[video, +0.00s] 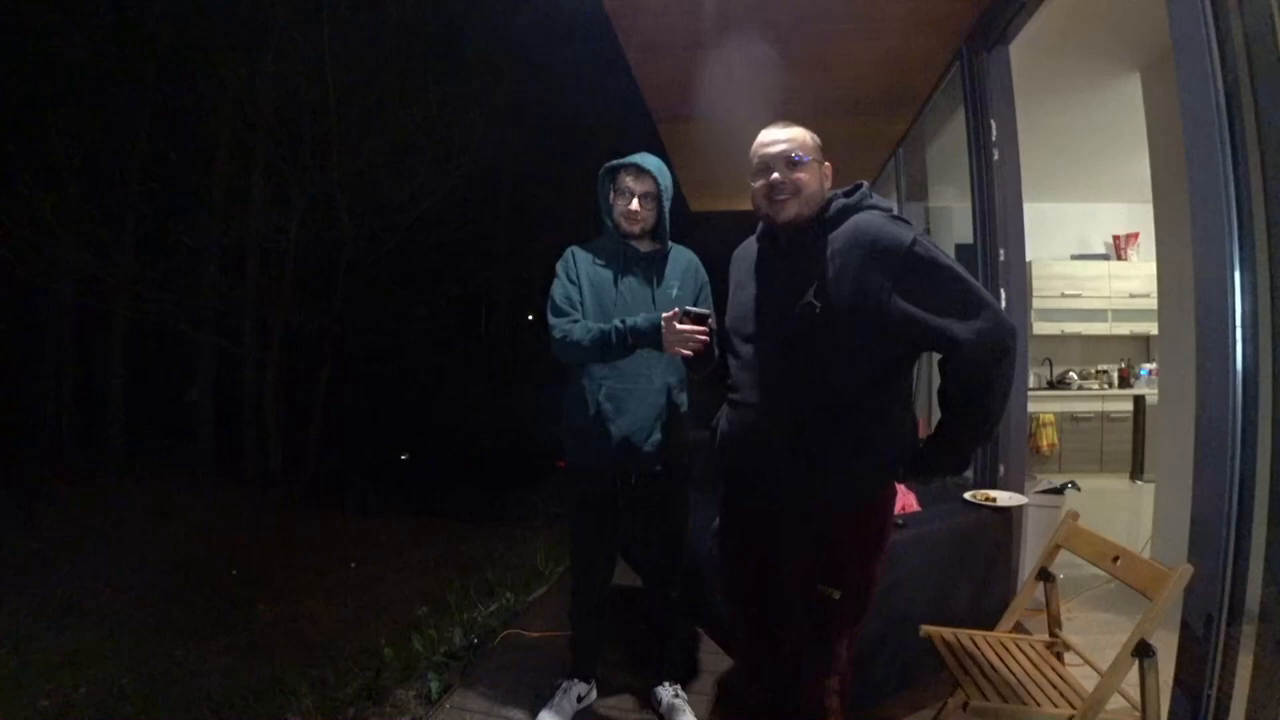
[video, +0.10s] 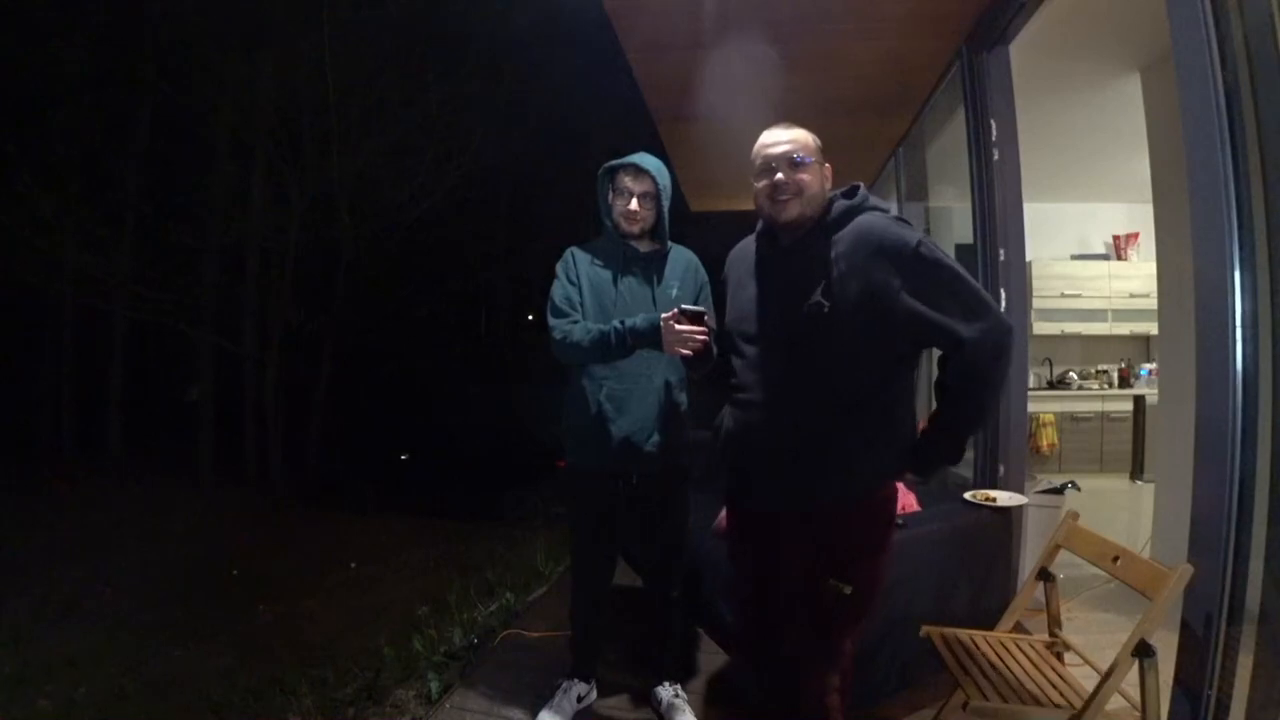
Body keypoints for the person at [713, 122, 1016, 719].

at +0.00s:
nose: (777, 178)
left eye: (793, 163)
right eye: (762, 169)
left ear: (826, 175)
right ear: (751, 188)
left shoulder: (870, 239)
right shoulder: (743, 259)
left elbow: (985, 335)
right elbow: (724, 355)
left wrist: (940, 454)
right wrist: (728, 420)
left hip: (847, 481)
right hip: (754, 478)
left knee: (821, 648)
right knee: (755, 638)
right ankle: (757, 706)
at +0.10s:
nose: (779, 178)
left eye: (795, 164)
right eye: (765, 169)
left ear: (827, 176)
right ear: (753, 188)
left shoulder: (875, 240)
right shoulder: (741, 259)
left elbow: (984, 335)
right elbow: (727, 364)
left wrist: (926, 455)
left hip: (852, 484)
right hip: (759, 482)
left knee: (824, 655)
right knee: (762, 640)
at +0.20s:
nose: (782, 180)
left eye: (797, 166)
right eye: (767, 171)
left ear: (828, 177)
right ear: (754, 189)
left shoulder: (882, 244)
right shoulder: (740, 262)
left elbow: (986, 336)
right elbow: (726, 370)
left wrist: (932, 448)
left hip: (857, 486)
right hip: (763, 483)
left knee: (829, 654)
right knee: (761, 639)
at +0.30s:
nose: (783, 183)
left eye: (798, 169)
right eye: (769, 174)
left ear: (830, 180)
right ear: (757, 193)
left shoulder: (887, 247)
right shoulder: (742, 264)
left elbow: (986, 336)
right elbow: (730, 370)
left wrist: (930, 447)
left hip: (862, 492)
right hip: (766, 489)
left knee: (843, 662)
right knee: (763, 649)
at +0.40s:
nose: (789, 188)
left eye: (804, 173)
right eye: (774, 179)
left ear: (835, 184)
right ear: (762, 197)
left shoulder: (889, 249)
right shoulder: (745, 266)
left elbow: (996, 335)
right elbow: (735, 370)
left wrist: (934, 449)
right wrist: (740, 475)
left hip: (869, 495)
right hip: (770, 494)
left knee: (858, 675)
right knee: (768, 663)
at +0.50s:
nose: (796, 187)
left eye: (812, 173)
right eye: (782, 177)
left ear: (844, 185)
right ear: (769, 196)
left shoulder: (900, 250)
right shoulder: (752, 268)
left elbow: (1008, 331)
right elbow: (736, 368)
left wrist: (950, 443)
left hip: (878, 493)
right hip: (776, 492)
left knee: (872, 674)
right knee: (776, 664)